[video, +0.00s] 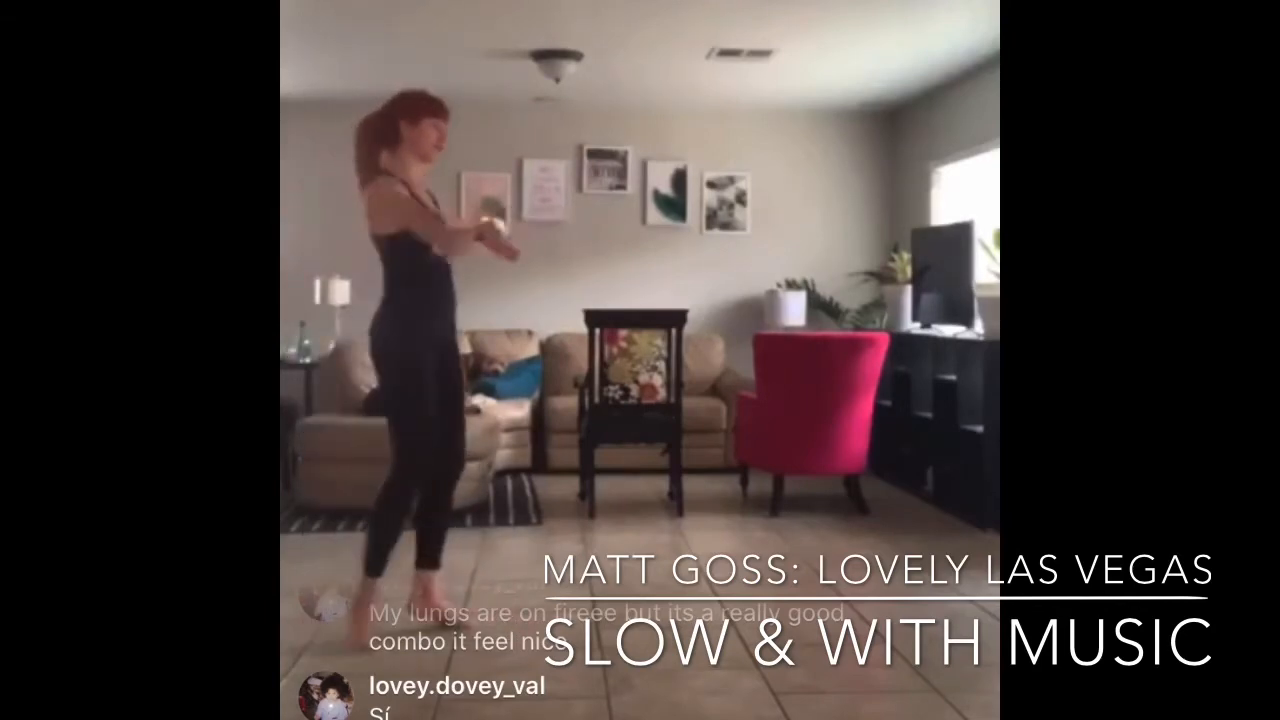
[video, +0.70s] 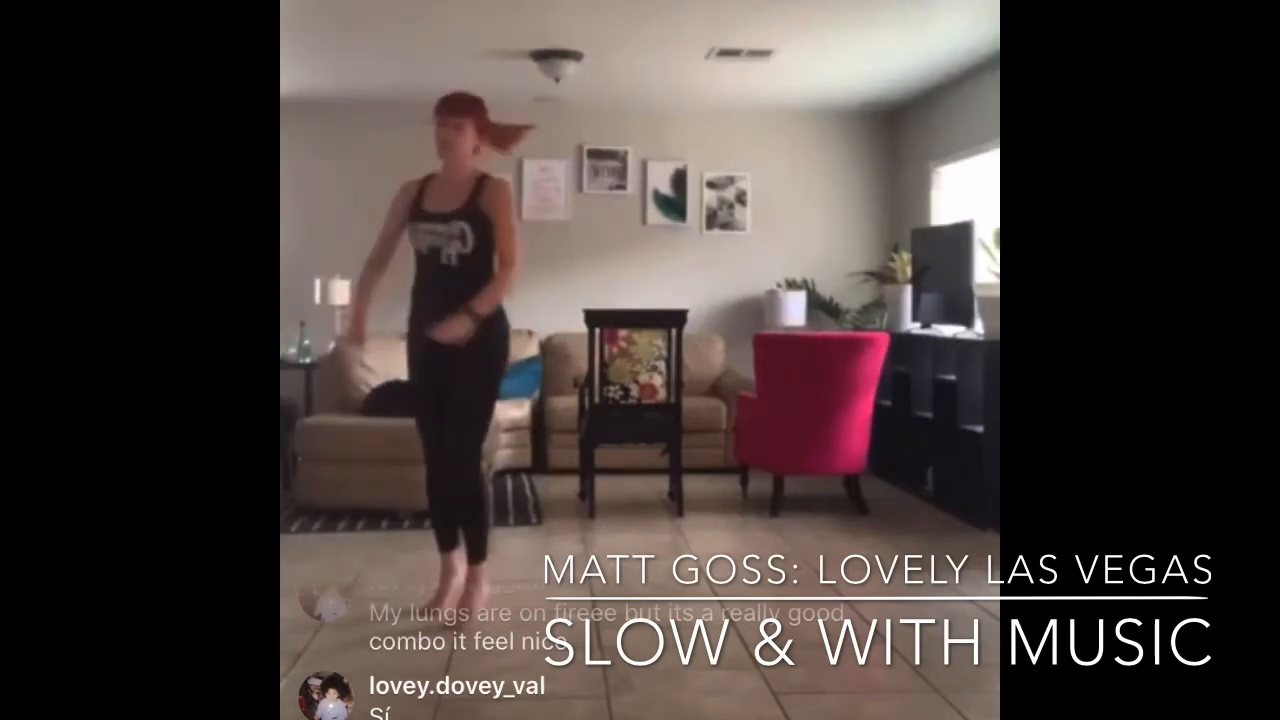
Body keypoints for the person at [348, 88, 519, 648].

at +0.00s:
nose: (441, 138)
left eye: (444, 131)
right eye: (433, 127)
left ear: (431, 137)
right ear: (403, 128)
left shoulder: (426, 192)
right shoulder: (384, 190)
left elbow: (449, 240)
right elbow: (441, 240)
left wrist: (480, 237)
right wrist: (482, 229)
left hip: (440, 338)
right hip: (404, 338)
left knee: (449, 461)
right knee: (412, 463)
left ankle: (427, 588)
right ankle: (366, 595)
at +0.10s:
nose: (454, 139)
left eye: (455, 130)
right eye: (448, 128)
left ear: (421, 129)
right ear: (421, 126)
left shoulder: (399, 185)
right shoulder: (414, 188)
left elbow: (414, 236)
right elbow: (490, 212)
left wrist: (453, 247)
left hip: (417, 331)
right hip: (427, 335)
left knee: (437, 458)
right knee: (446, 460)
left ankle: (426, 582)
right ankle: (441, 585)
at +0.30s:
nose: (470, 135)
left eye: (467, 125)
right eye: (465, 126)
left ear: (417, 136)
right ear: (450, 132)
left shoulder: (392, 192)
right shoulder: (477, 187)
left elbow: (348, 247)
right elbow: (541, 226)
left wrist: (389, 257)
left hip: (409, 337)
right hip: (463, 337)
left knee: (429, 459)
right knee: (475, 461)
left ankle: (425, 581)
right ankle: (490, 571)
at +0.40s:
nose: (463, 135)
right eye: (465, 125)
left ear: (418, 129)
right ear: (465, 128)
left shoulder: (399, 187)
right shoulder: (492, 185)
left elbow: (352, 254)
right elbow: (505, 237)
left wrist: (398, 265)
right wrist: (471, 238)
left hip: (419, 329)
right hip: (476, 329)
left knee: (430, 460)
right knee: (468, 452)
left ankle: (438, 586)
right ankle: (463, 573)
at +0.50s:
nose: (421, 139)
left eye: (423, 130)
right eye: (420, 130)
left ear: (439, 130)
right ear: (466, 129)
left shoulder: (435, 183)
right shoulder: (481, 184)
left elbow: (396, 256)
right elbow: (441, 251)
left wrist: (360, 268)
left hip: (443, 333)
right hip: (478, 330)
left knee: (440, 454)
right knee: (456, 451)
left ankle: (459, 583)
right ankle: (464, 575)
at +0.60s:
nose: (422, 135)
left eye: (430, 126)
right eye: (423, 126)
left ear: (458, 131)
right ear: (447, 133)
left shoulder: (475, 183)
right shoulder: (441, 186)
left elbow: (464, 262)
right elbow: (414, 252)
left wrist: (406, 287)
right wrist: (375, 288)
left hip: (465, 331)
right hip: (439, 330)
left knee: (447, 454)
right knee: (443, 454)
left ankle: (476, 575)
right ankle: (462, 571)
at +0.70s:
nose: (446, 135)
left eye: (457, 128)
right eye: (442, 126)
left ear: (479, 136)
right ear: (434, 132)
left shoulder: (494, 192)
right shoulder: (413, 193)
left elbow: (509, 272)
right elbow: (377, 262)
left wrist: (470, 315)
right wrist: (358, 317)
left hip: (480, 333)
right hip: (425, 333)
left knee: (463, 452)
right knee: (437, 453)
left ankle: (478, 576)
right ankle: (450, 568)